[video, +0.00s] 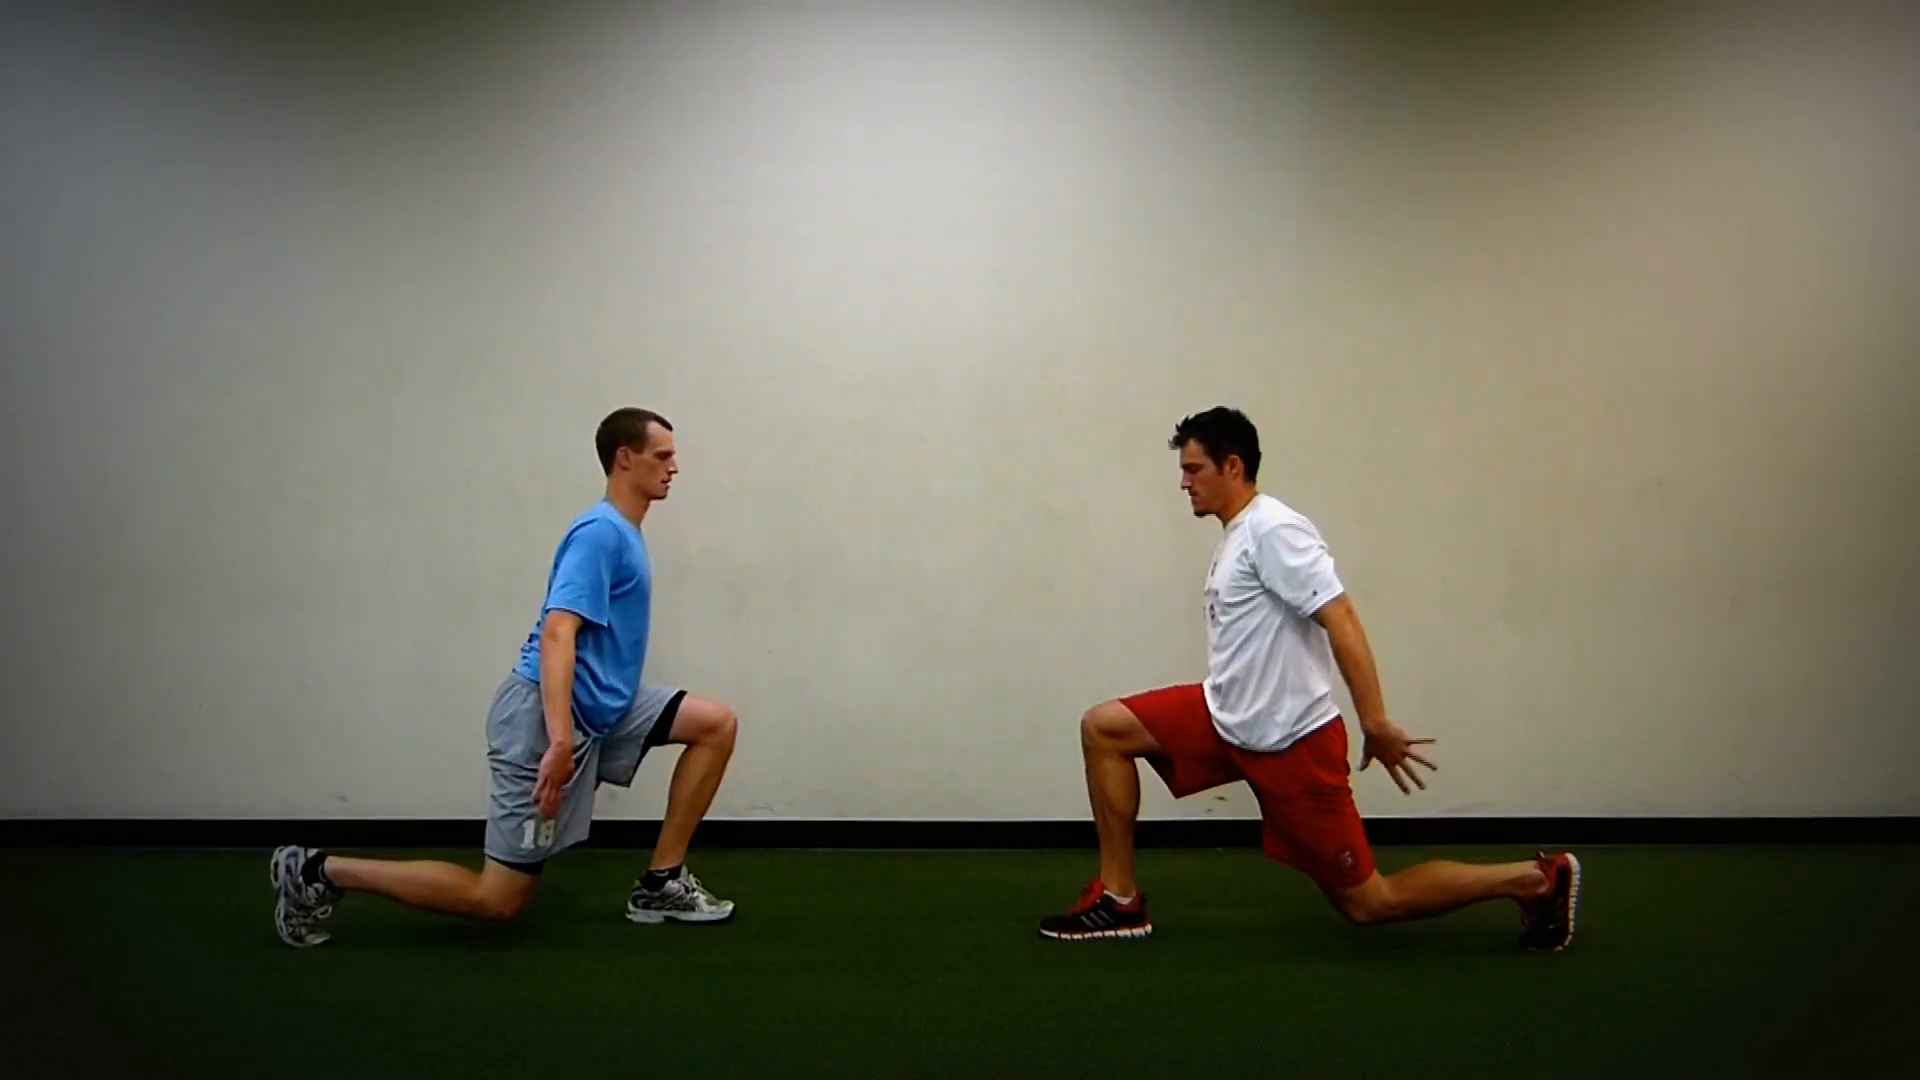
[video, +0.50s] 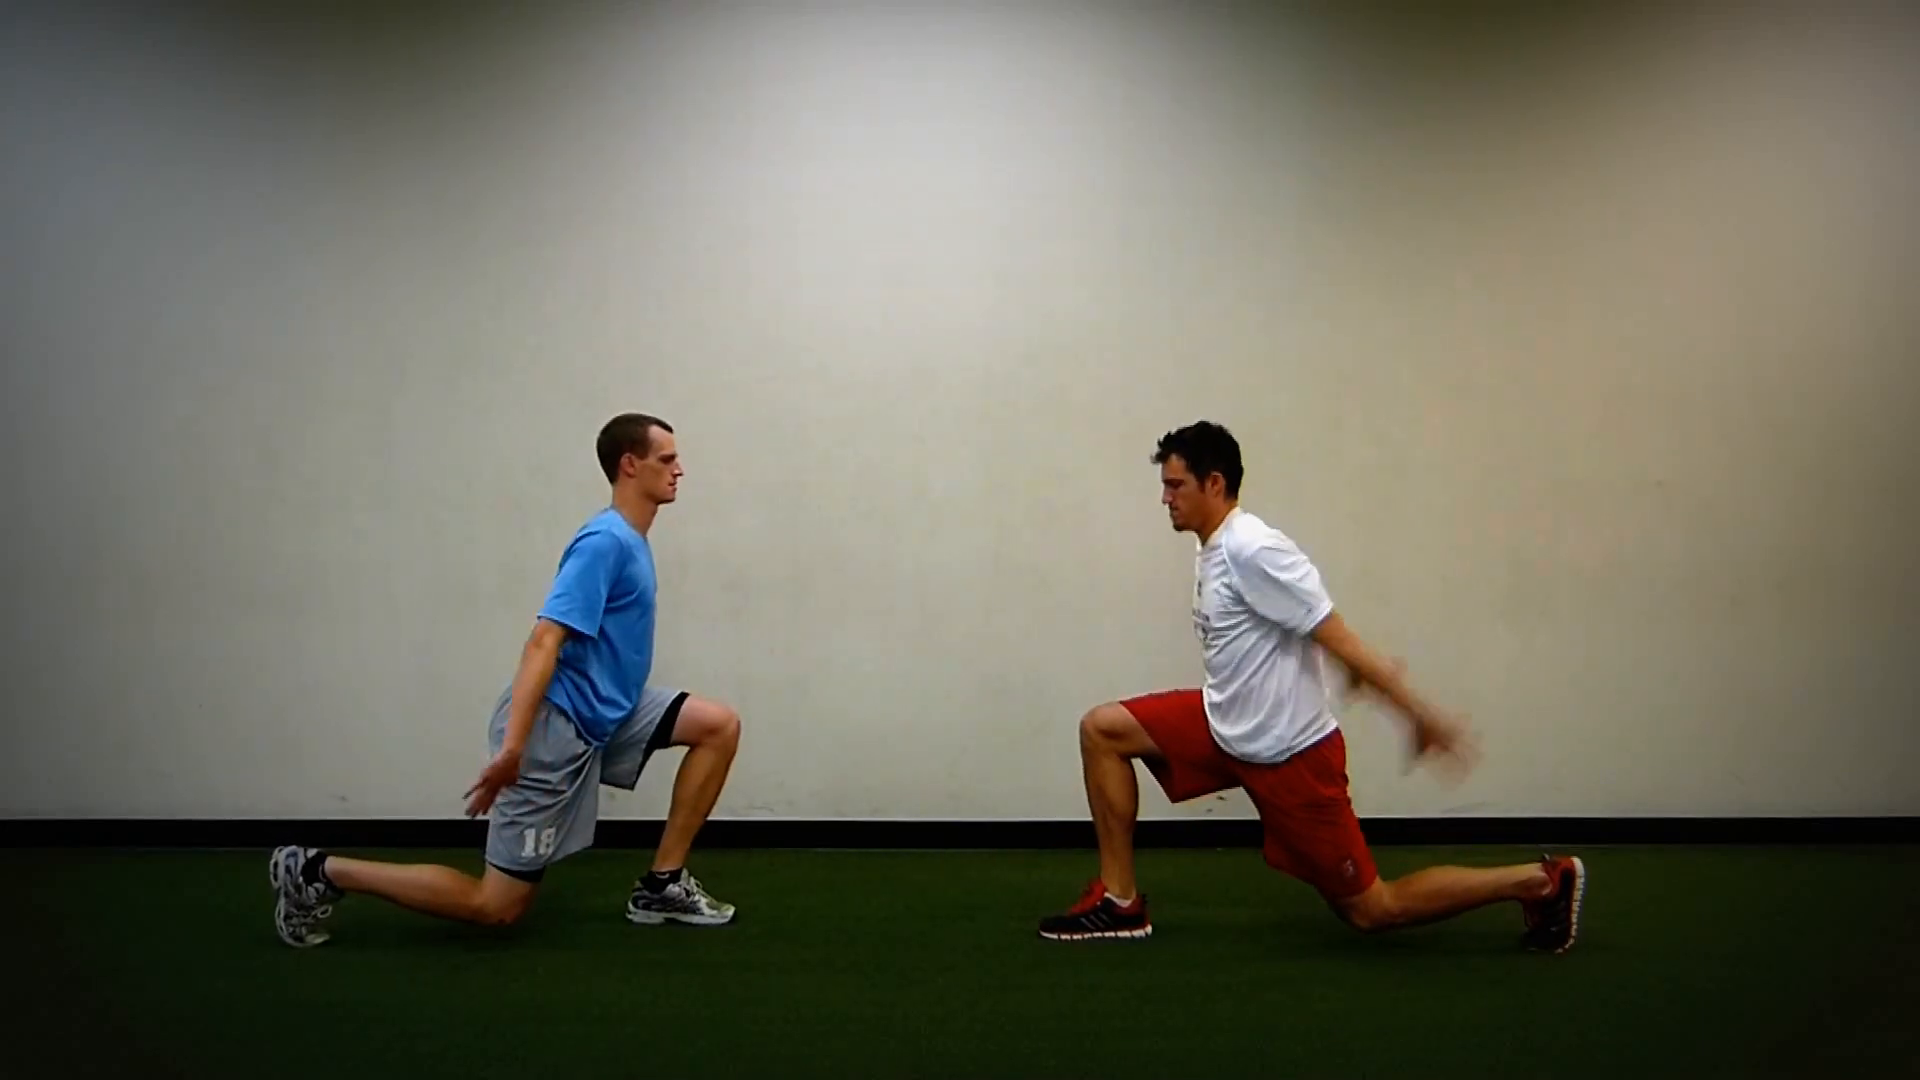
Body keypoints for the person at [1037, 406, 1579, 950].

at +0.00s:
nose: (1184, 483)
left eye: (1192, 469)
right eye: (1183, 471)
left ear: (1233, 466)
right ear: (1220, 470)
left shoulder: (1275, 530)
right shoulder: (1240, 535)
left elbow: (1341, 621)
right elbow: (1270, 644)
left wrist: (1374, 723)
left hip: (1293, 735)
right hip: (1228, 711)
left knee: (1367, 904)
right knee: (1105, 729)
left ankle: (1538, 880)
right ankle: (1117, 898)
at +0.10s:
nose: (1179, 488)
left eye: (1187, 475)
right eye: (1177, 476)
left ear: (1229, 471)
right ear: (1215, 476)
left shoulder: (1272, 537)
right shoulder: (1236, 541)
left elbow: (1339, 629)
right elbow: (1272, 650)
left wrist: (1374, 733)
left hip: (1293, 741)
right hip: (1229, 715)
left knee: (1365, 908)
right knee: (1104, 729)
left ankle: (1536, 880)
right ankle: (1117, 898)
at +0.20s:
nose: (1173, 494)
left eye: (1180, 481)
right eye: (1171, 482)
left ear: (1222, 476)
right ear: (1213, 479)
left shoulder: (1267, 541)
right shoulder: (1233, 543)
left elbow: (1339, 629)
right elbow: (1276, 643)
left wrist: (1382, 729)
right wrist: (1316, 707)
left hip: (1292, 742)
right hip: (1231, 718)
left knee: (1364, 911)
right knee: (1104, 729)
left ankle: (1535, 880)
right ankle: (1117, 898)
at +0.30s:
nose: (1169, 500)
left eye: (1177, 488)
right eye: (1166, 488)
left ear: (1217, 481)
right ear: (1208, 483)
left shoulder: (1267, 546)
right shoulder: (1230, 547)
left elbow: (1347, 625)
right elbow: (1302, 606)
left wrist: (1408, 718)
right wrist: (1337, 652)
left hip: (1291, 749)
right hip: (1229, 721)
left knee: (1363, 913)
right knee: (1103, 729)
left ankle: (1534, 879)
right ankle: (1118, 899)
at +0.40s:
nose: (1166, 506)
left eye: (1174, 492)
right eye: (1164, 494)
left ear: (1215, 486)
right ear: (1206, 487)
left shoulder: (1262, 550)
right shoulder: (1228, 551)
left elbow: (1358, 623)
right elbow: (1313, 592)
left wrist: (1442, 688)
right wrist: (1379, 627)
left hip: (1289, 755)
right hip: (1227, 725)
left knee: (1363, 918)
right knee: (1101, 729)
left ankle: (1535, 880)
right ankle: (1119, 900)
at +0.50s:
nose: (1165, 497)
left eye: (1174, 485)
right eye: (1163, 485)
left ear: (1216, 484)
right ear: (1202, 484)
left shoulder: (1255, 551)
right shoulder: (1215, 549)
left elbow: (1344, 643)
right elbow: (1284, 638)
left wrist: (1420, 716)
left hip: (1292, 747)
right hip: (1229, 720)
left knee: (1370, 910)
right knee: (1103, 730)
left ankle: (1543, 882)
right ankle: (1118, 901)